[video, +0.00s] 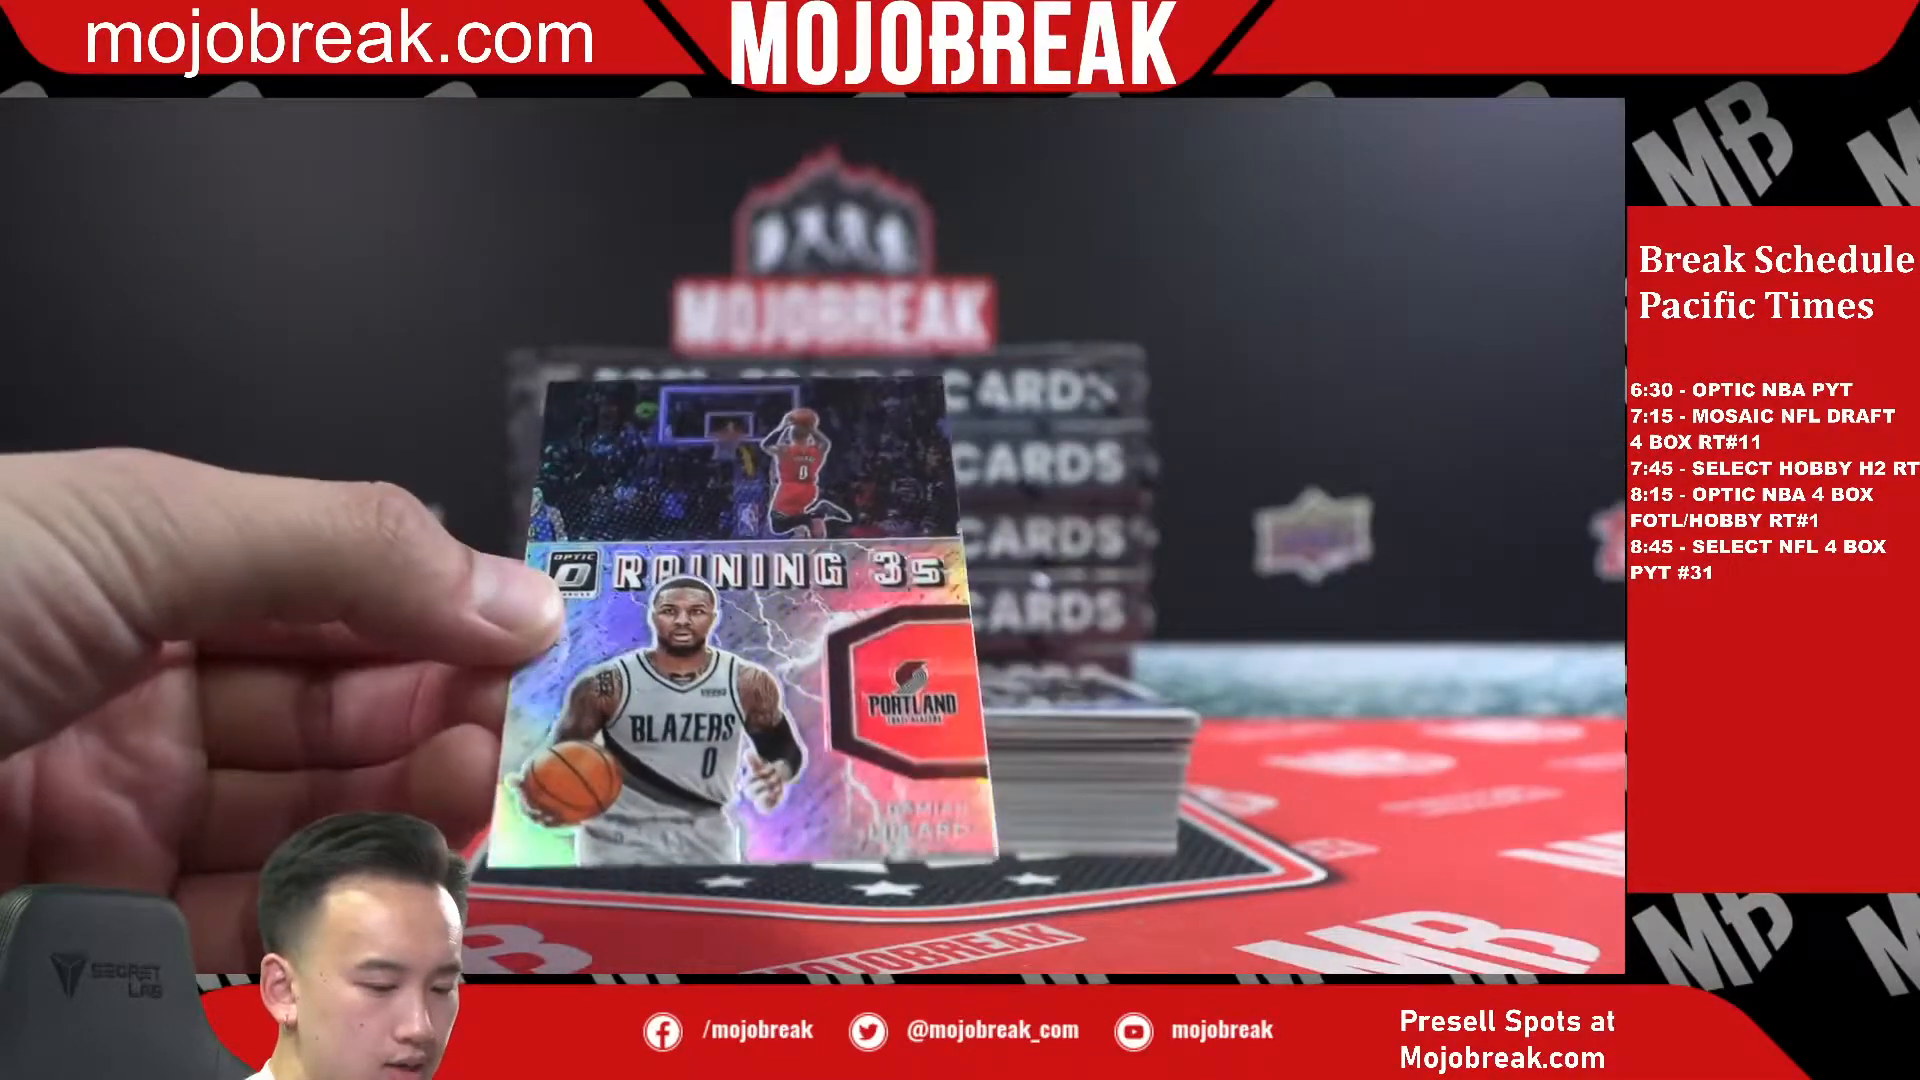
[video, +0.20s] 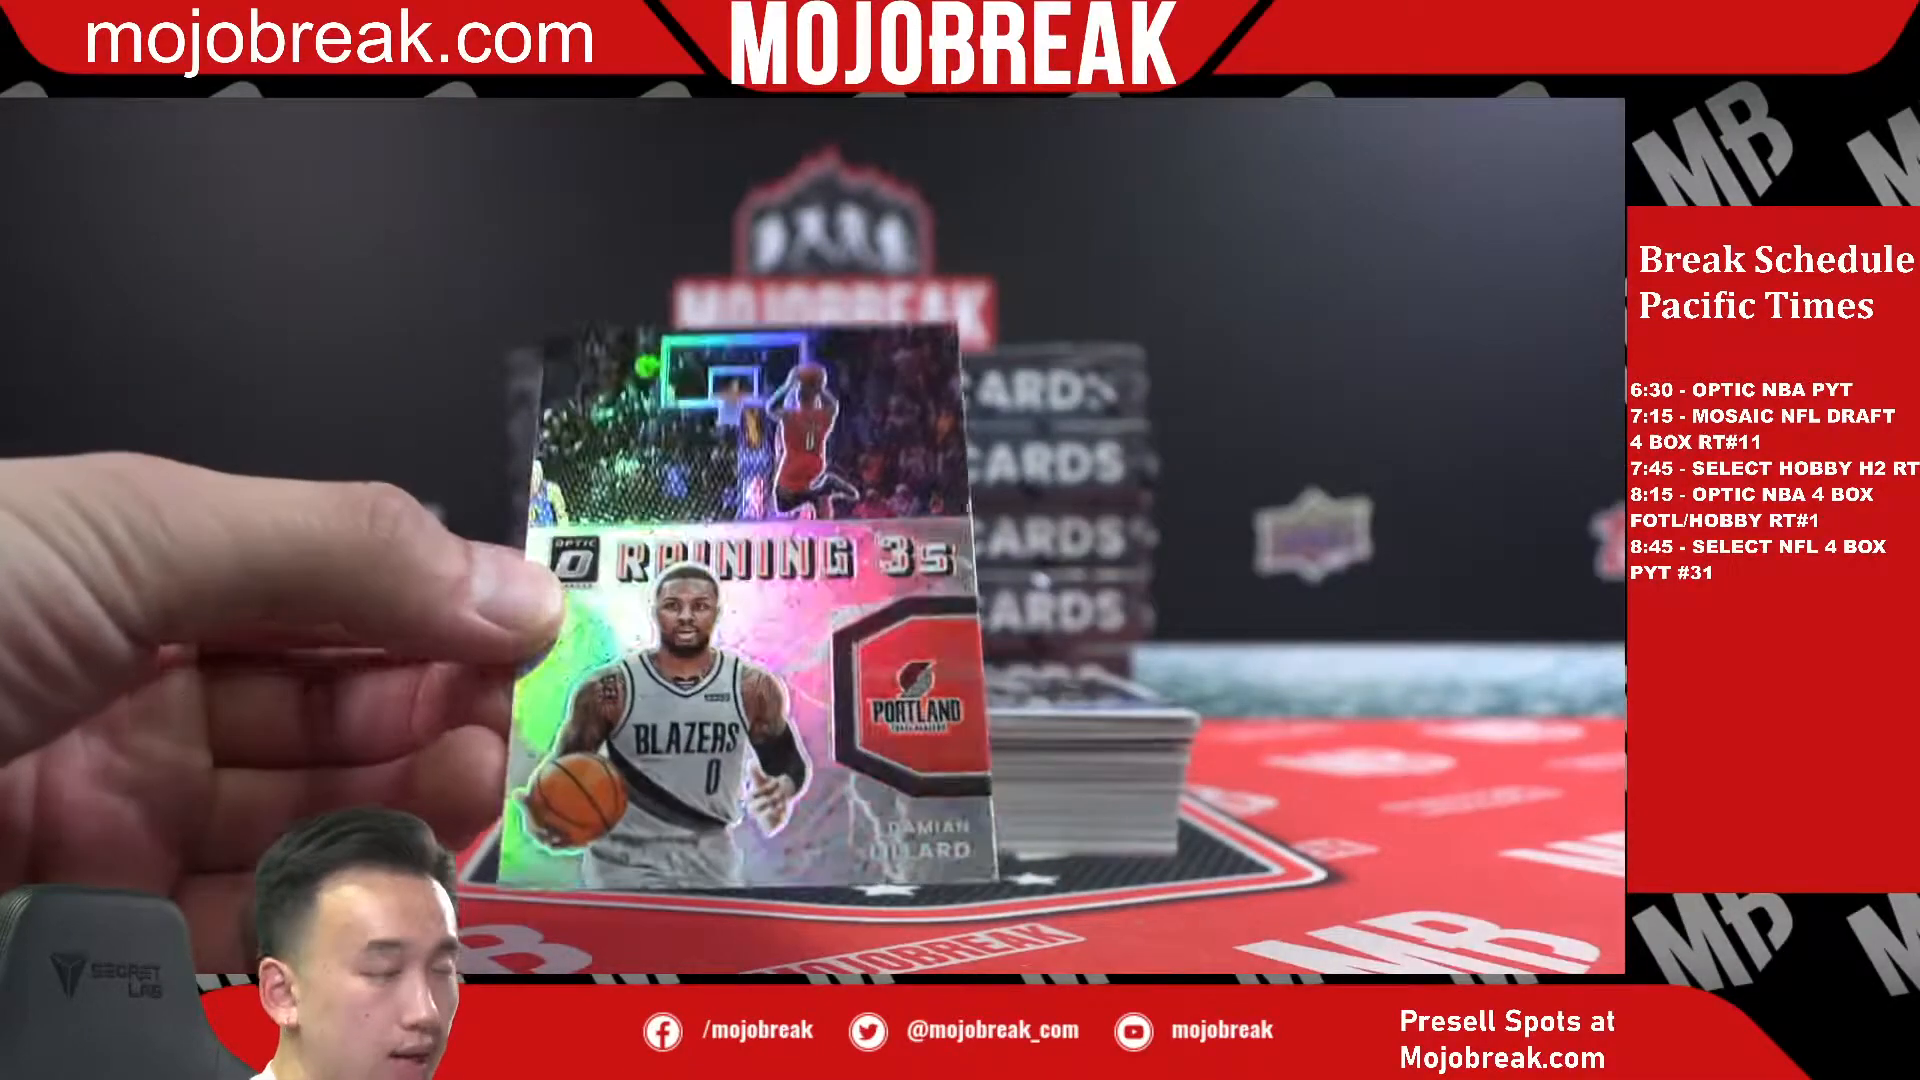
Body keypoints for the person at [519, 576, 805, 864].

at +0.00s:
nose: (682, 621)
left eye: (696, 611)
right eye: (670, 611)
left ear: (713, 619)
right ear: (652, 618)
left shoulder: (750, 684)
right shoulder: (603, 685)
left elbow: (787, 750)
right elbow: (557, 756)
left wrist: (779, 774)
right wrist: (537, 788)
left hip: (707, 839)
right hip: (619, 839)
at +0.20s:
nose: (686, 617)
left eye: (700, 606)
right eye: (673, 605)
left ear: (717, 614)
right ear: (654, 614)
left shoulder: (754, 688)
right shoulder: (606, 690)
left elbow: (792, 766)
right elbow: (557, 773)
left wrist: (782, 789)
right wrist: (541, 811)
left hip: (711, 863)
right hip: (624, 862)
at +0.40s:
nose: (695, 631)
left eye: (708, 619)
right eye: (682, 620)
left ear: (727, 625)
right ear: (664, 628)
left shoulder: (765, 706)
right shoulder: (622, 711)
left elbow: (805, 788)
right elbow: (584, 802)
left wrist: (796, 812)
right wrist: (567, 842)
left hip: (732, 886)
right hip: (646, 891)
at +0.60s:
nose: (707, 646)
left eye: (721, 634)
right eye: (694, 634)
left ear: (740, 643)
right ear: (674, 641)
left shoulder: (777, 723)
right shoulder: (629, 724)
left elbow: (814, 808)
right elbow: (588, 812)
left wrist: (804, 835)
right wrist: (572, 850)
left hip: (741, 899)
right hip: (659, 901)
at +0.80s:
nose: (711, 648)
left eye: (725, 636)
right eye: (697, 635)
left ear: (743, 645)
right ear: (677, 643)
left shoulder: (780, 726)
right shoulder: (632, 727)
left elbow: (816, 811)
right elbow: (590, 814)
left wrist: (807, 838)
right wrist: (574, 855)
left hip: (743, 904)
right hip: (661, 905)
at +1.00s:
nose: (735, 590)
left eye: (749, 576)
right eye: (723, 577)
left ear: (769, 581)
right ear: (708, 584)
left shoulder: (808, 657)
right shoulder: (666, 670)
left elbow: (854, 738)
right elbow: (619, 759)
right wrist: (628, 782)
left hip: (787, 856)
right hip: (701, 860)